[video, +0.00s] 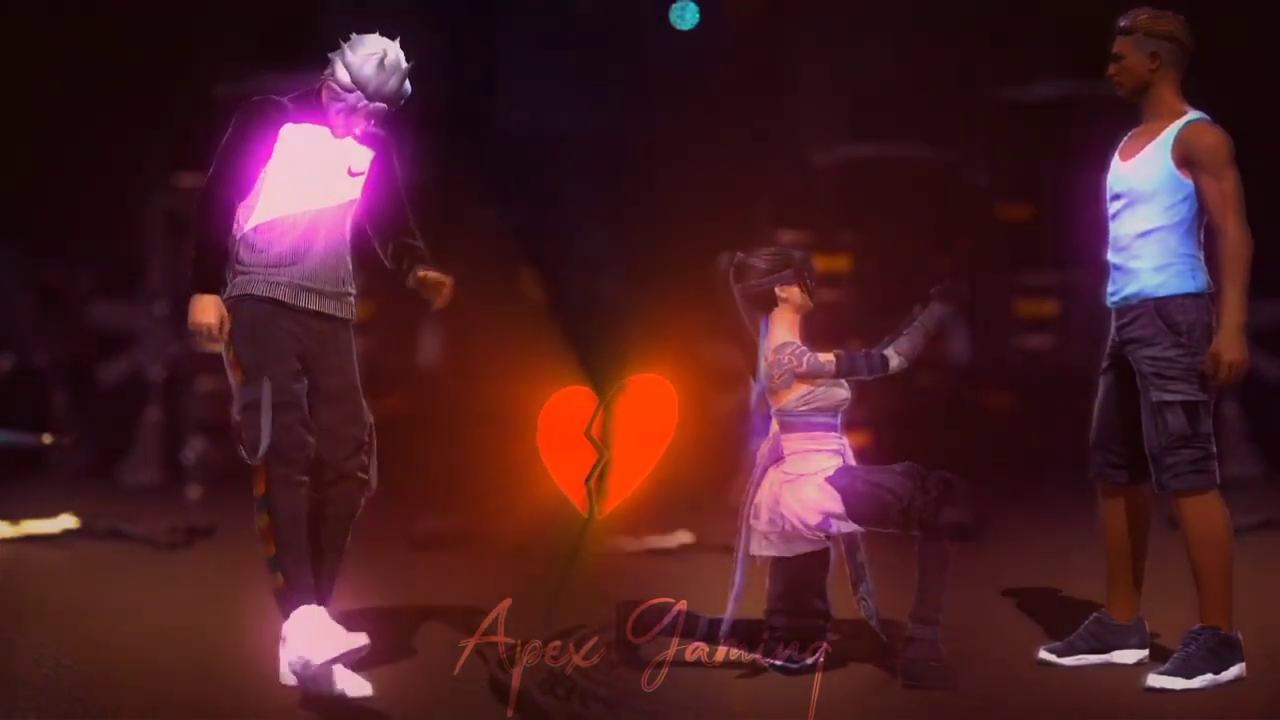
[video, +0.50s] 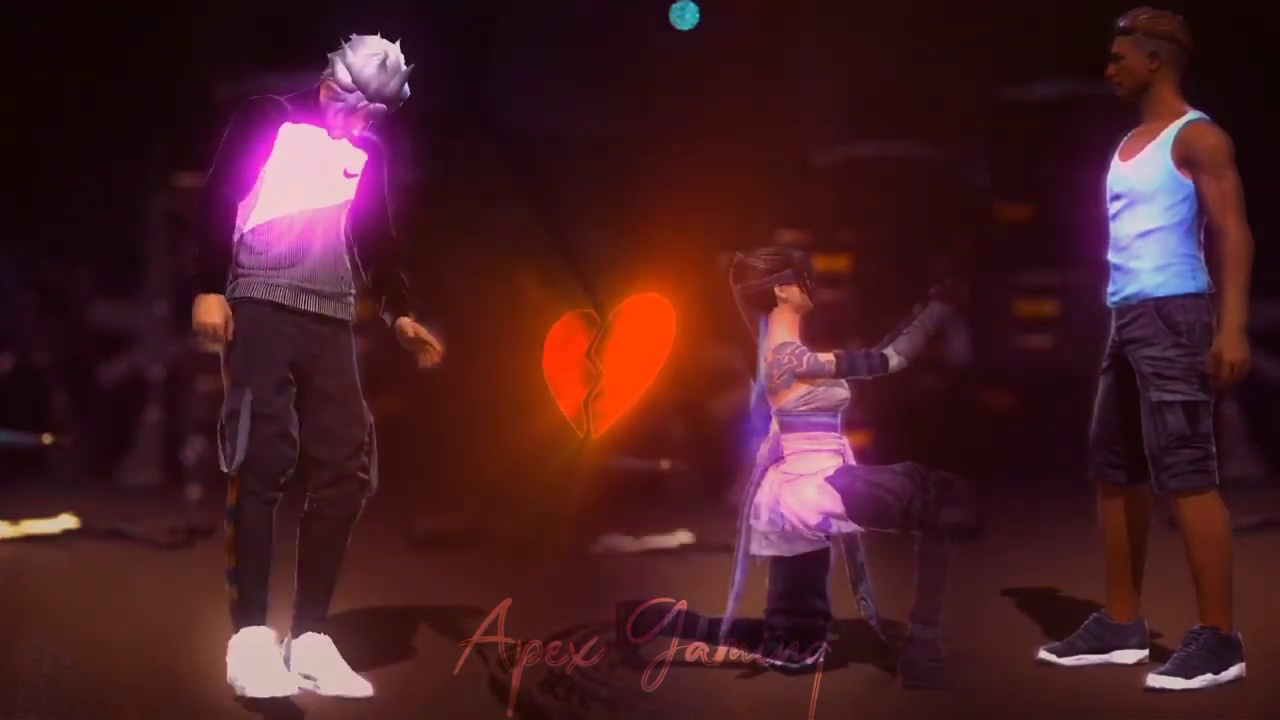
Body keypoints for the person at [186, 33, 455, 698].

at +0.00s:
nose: (359, 122)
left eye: (373, 114)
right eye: (352, 106)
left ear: (387, 108)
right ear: (331, 83)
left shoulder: (380, 146)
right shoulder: (270, 117)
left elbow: (393, 228)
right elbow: (219, 201)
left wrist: (416, 267)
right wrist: (206, 286)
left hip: (333, 317)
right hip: (264, 305)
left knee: (348, 461)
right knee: (287, 454)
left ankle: (308, 618)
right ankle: (300, 615)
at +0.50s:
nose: (357, 123)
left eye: (372, 114)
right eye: (351, 105)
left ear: (384, 110)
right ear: (329, 83)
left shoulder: (374, 151)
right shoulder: (269, 119)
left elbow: (376, 243)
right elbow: (220, 200)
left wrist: (401, 314)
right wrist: (208, 286)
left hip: (332, 324)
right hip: (263, 312)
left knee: (342, 473)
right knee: (265, 467)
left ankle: (310, 635)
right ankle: (252, 635)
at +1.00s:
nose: (355, 124)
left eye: (369, 114)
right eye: (348, 106)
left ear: (383, 109)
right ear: (325, 85)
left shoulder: (373, 154)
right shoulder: (265, 118)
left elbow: (373, 249)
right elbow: (217, 197)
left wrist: (387, 333)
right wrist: (213, 284)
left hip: (334, 326)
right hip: (260, 315)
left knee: (345, 477)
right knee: (245, 469)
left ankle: (307, 639)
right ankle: (213, 638)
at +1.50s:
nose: (353, 121)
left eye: (367, 112)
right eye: (346, 104)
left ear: (381, 109)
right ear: (323, 85)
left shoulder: (372, 157)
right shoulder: (260, 121)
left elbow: (369, 252)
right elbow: (218, 201)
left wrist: (378, 338)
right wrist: (214, 283)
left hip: (334, 329)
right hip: (258, 316)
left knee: (343, 477)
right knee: (230, 471)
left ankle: (308, 637)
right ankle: (194, 634)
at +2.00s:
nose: (352, 119)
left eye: (366, 110)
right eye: (347, 101)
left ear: (377, 107)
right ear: (323, 82)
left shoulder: (370, 153)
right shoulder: (258, 118)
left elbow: (367, 251)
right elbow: (214, 197)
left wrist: (365, 342)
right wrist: (216, 282)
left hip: (329, 335)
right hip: (253, 321)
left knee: (338, 480)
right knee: (214, 472)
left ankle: (307, 638)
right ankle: (177, 627)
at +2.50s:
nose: (342, 114)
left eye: (358, 106)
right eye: (336, 96)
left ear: (372, 105)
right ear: (314, 80)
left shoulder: (366, 154)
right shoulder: (252, 115)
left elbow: (352, 233)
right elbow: (207, 196)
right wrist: (218, 277)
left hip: (317, 332)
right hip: (242, 320)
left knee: (332, 478)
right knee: (201, 471)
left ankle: (306, 637)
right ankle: (168, 623)